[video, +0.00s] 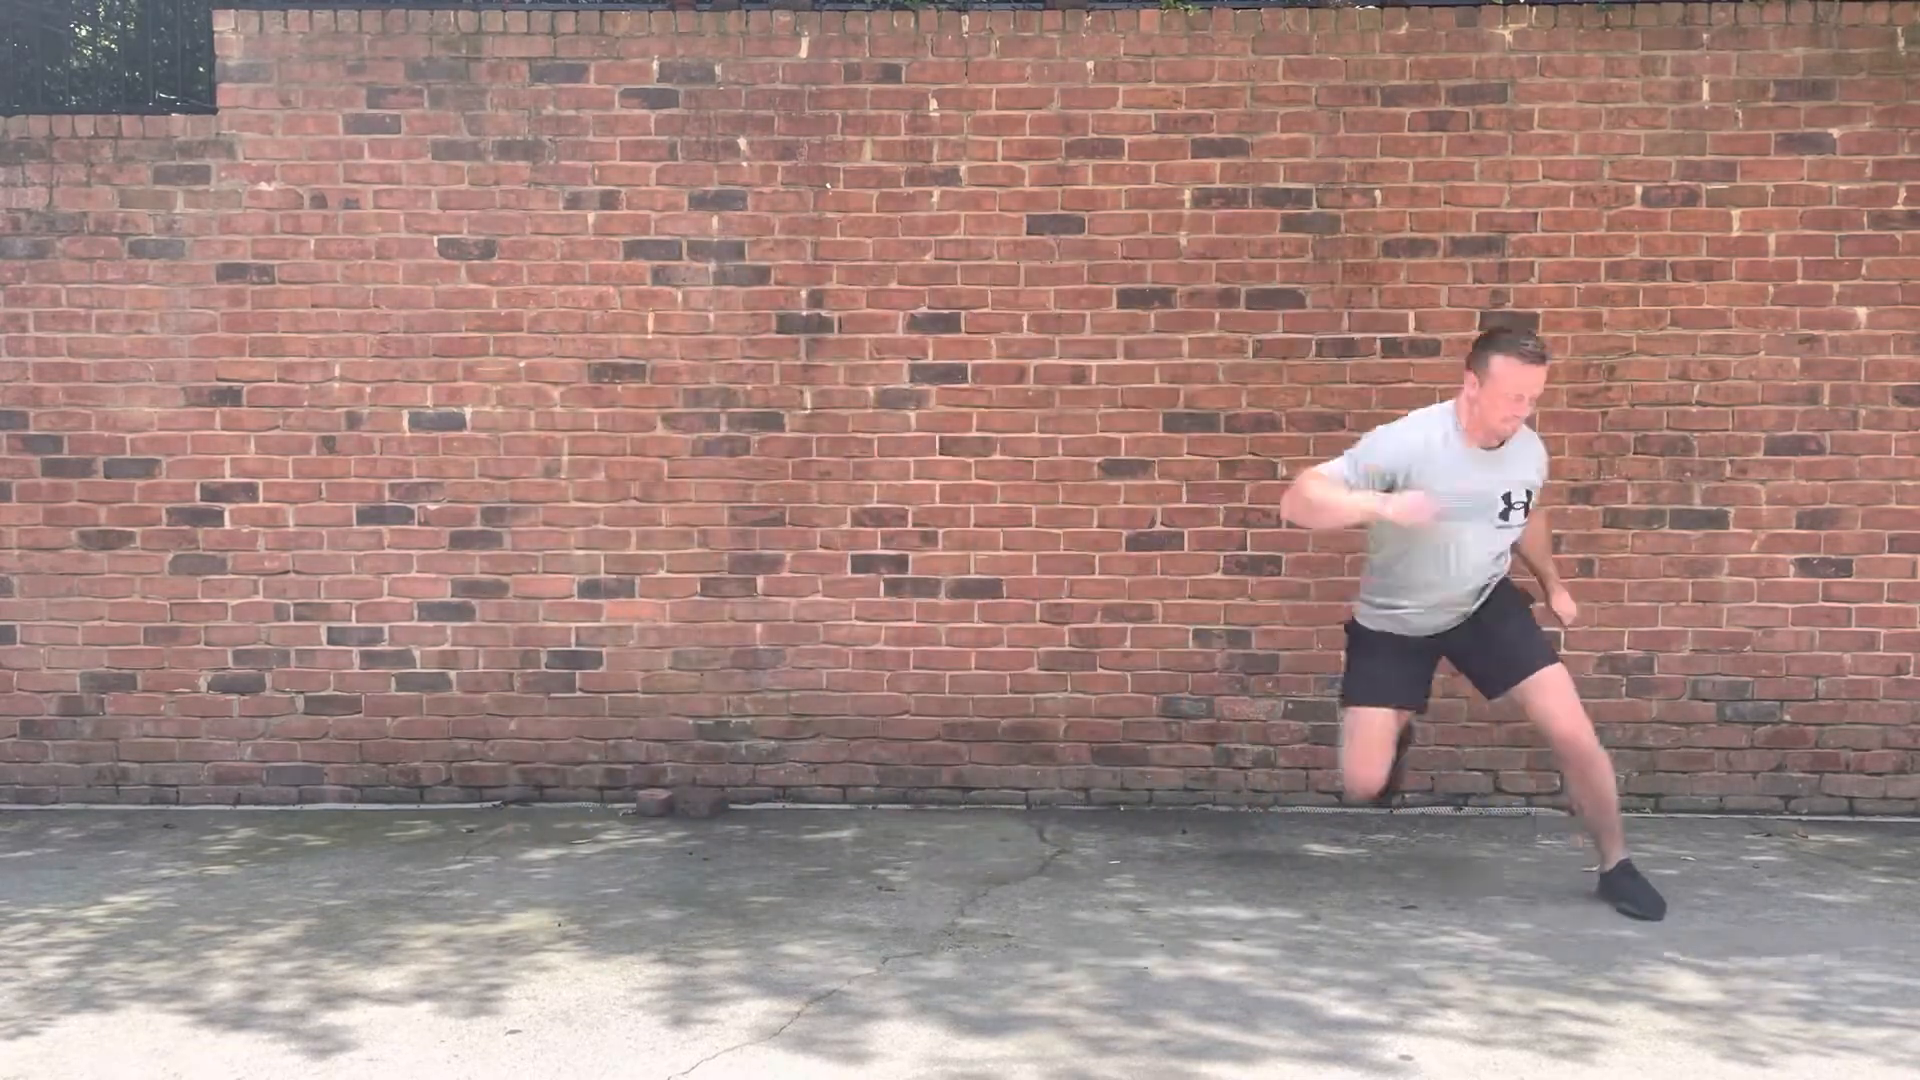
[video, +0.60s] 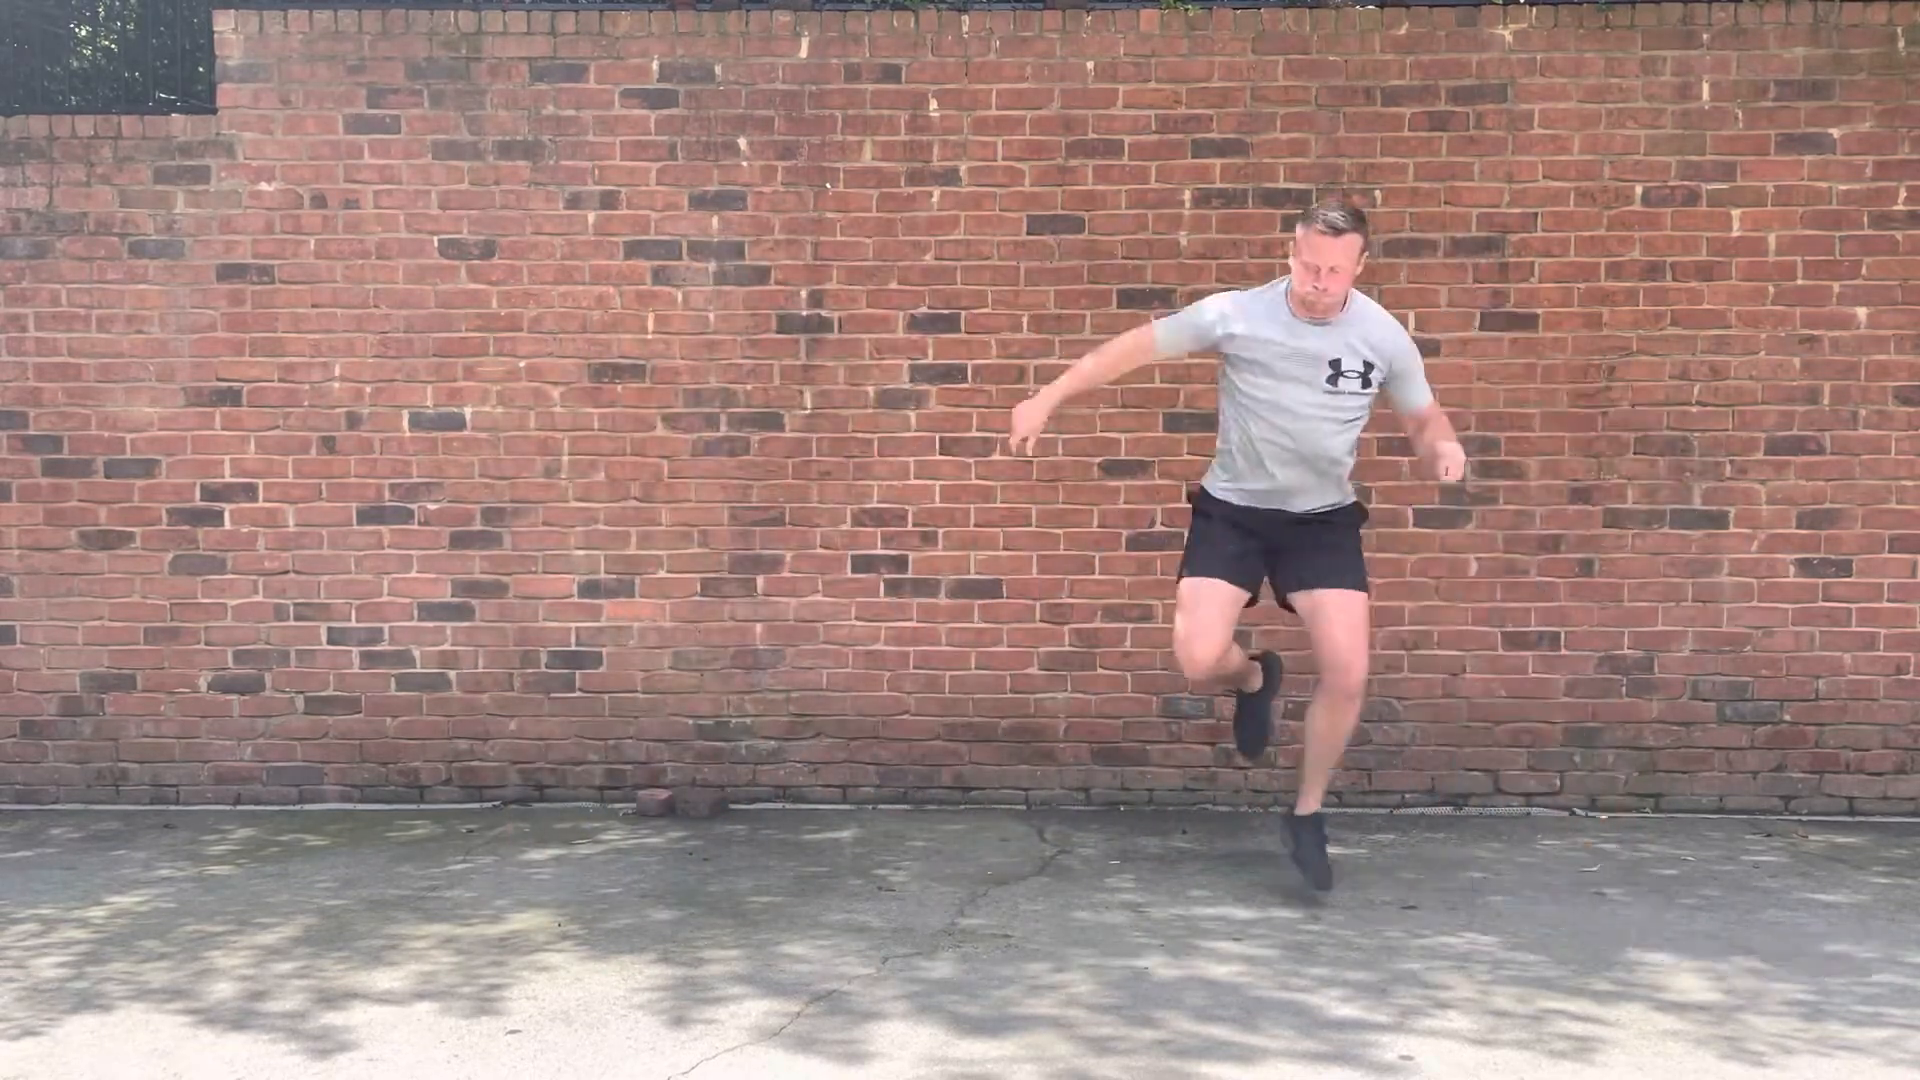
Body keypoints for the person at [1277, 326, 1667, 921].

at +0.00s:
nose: (1524, 413)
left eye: (1532, 399)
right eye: (1514, 397)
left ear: (1537, 393)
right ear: (1472, 383)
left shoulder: (1528, 453)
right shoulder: (1409, 441)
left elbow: (1521, 520)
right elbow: (1297, 501)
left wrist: (1552, 584)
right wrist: (1383, 506)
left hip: (1482, 604)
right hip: (1391, 618)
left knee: (1575, 735)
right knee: (1361, 784)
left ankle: (1615, 863)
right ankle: (1393, 729)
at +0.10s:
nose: (1585, 453)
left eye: (1594, 442)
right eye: (1577, 436)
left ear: (1597, 439)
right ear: (1537, 416)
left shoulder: (1562, 498)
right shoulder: (1468, 474)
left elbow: (1588, 582)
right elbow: (1398, 566)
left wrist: (1659, 664)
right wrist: (1502, 609)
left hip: (1510, 628)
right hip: (1426, 645)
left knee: (1599, 736)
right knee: (1498, 790)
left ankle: (1617, 864)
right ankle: (1521, 778)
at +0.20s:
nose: (1586, 449)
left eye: (1597, 438)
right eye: (1578, 432)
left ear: (1603, 436)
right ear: (1539, 412)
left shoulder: (1582, 498)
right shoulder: (1476, 465)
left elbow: (1652, 572)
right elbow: (1403, 545)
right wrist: (1509, 588)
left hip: (1515, 625)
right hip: (1431, 637)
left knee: (1603, 735)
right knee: (1525, 782)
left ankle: (1618, 864)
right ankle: (1551, 789)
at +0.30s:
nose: (1527, 404)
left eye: (1541, 393)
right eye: (1517, 388)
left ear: (1558, 392)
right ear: (1493, 376)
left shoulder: (1577, 453)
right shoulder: (1438, 426)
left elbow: (1684, 491)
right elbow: (1326, 451)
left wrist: (1728, 459)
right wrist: (1405, 451)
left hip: (1506, 607)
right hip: (1412, 613)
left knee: (1588, 727)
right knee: (1425, 771)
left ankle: (1618, 864)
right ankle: (1463, 769)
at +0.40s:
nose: (1452, 340)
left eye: (1468, 329)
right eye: (1443, 324)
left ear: (1490, 327)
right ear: (1423, 312)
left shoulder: (1521, 385)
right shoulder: (1372, 361)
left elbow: (1633, 420)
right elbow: (1275, 339)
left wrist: (1609, 370)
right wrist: (1272, 334)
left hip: (1464, 571)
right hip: (1362, 561)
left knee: (1539, 707)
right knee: (1285, 685)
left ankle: (1614, 852)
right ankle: (1357, 712)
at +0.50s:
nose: (1381, 291)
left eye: (1398, 279)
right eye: (1372, 274)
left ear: (1422, 276)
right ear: (1355, 262)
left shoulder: (1449, 340)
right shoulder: (1301, 318)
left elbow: (1533, 402)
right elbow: (1191, 316)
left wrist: (1539, 404)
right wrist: (1105, 335)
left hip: (1393, 526)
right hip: (1296, 514)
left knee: (1453, 674)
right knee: (1223, 642)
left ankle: (1492, 831)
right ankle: (1297, 670)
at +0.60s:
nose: (1322, 285)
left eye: (1339, 272)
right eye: (1311, 267)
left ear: (1360, 267)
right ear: (1292, 253)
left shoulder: (1383, 337)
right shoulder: (1235, 315)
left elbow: (1426, 421)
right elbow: (1137, 347)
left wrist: (1445, 449)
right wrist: (1046, 398)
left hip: (1321, 519)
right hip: (1230, 512)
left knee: (1348, 669)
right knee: (1196, 663)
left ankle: (1307, 814)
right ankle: (1258, 676)